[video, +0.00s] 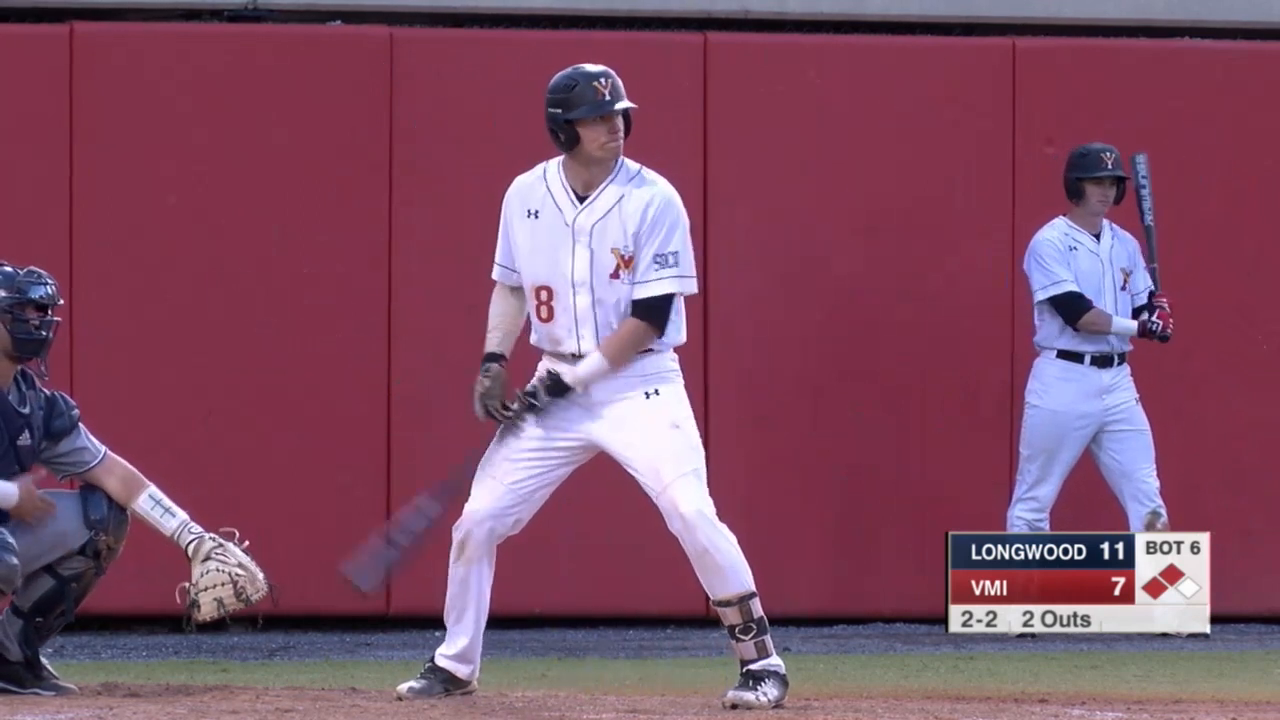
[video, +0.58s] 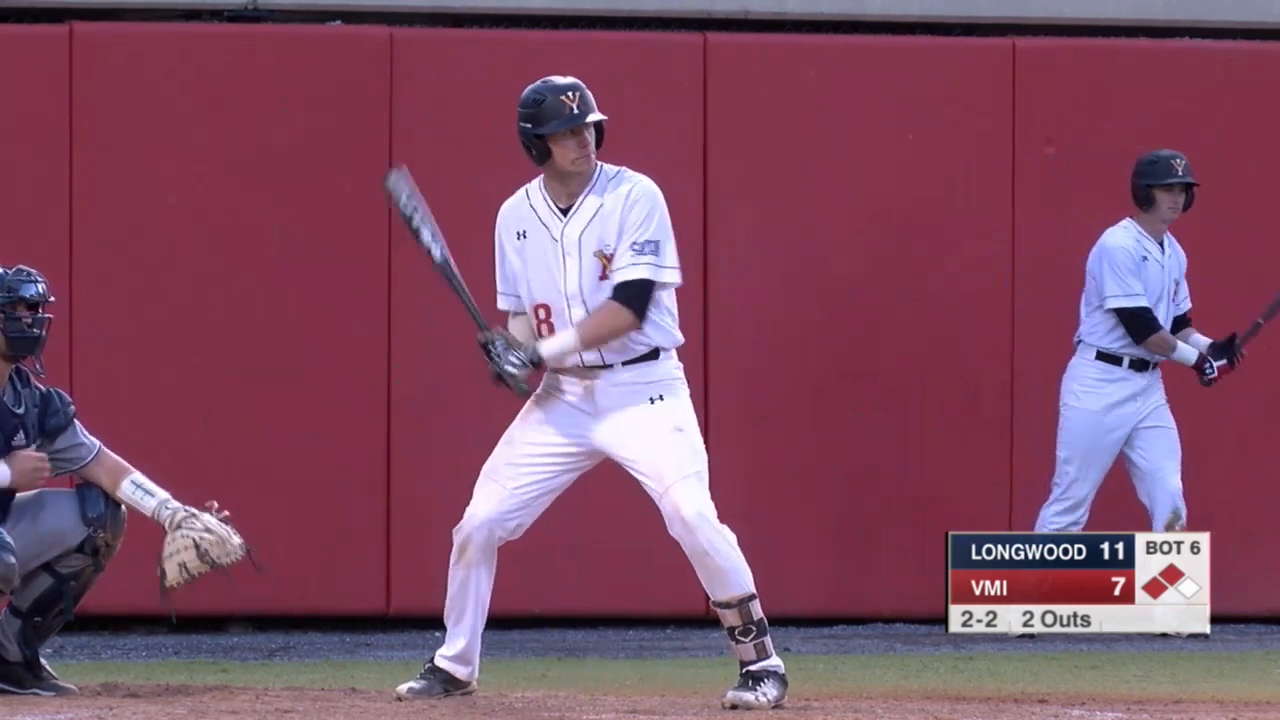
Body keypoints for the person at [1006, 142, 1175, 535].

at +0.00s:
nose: (1107, 192)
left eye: (1113, 184)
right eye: (1098, 183)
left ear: (1119, 189)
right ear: (1076, 185)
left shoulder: (1125, 244)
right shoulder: (1048, 242)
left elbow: (1142, 306)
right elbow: (1078, 315)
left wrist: (1155, 312)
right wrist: (1139, 327)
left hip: (1117, 384)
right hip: (1062, 382)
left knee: (1148, 504)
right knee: (1033, 504)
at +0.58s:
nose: (1178, 198)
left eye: (1183, 190)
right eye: (1169, 189)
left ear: (1188, 196)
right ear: (1145, 191)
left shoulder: (1174, 252)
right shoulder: (1117, 245)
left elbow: (1179, 324)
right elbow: (1142, 330)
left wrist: (1210, 347)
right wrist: (1194, 359)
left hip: (1147, 387)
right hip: (1098, 382)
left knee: (1169, 504)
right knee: (1070, 504)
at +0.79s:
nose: (1201, 204)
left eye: (1206, 196)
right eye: (1192, 195)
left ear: (1212, 201)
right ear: (1168, 198)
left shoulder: (1194, 255)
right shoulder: (1139, 250)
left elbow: (1187, 327)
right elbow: (1142, 337)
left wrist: (1218, 362)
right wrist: (1179, 387)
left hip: (1155, 387)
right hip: (1106, 377)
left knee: (1173, 500)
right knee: (1082, 490)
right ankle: (1025, 571)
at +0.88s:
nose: (1204, 206)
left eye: (1208, 198)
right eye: (1195, 197)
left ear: (1213, 203)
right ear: (1170, 199)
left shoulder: (1195, 255)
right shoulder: (1139, 254)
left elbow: (1186, 324)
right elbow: (1134, 340)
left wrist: (1216, 363)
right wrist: (1170, 398)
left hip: (1152, 389)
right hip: (1105, 379)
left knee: (1173, 501)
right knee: (1077, 487)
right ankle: (1019, 566)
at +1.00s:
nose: (1198, 209)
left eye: (1203, 201)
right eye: (1189, 200)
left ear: (1207, 206)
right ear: (1163, 203)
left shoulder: (1192, 257)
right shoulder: (1130, 259)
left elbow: (1185, 323)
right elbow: (1115, 345)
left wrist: (1208, 364)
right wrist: (1138, 411)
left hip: (1147, 386)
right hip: (1099, 382)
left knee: (1171, 495)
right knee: (1060, 484)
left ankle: (1179, 592)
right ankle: (1000, 576)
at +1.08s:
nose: (1190, 212)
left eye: (1195, 204)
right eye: (1181, 202)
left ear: (1200, 209)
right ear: (1155, 205)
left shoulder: (1187, 261)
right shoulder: (1119, 262)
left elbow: (1183, 327)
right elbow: (1103, 346)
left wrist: (1202, 365)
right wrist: (1118, 413)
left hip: (1144, 391)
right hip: (1092, 386)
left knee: (1169, 499)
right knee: (1054, 489)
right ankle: (1003, 575)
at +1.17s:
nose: (1175, 215)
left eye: (1179, 207)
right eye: (1165, 207)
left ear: (1183, 212)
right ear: (1140, 210)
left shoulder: (1174, 264)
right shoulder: (1102, 266)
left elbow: (1172, 330)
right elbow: (1078, 348)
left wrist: (1189, 369)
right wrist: (1080, 408)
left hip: (1135, 398)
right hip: (1081, 391)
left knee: (1165, 505)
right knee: (1047, 496)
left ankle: (1171, 609)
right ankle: (992, 591)